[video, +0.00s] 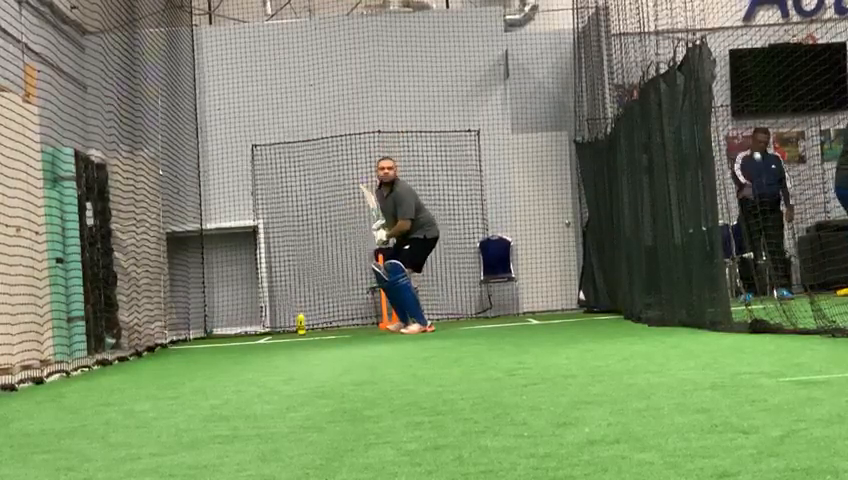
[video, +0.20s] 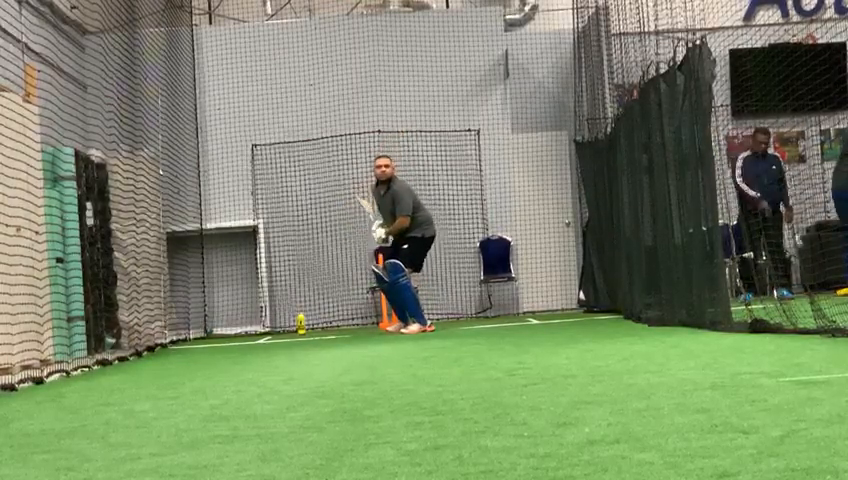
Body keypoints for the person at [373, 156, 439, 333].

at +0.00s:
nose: (386, 172)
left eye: (389, 169)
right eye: (382, 169)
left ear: (395, 171)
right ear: (377, 172)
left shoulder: (402, 191)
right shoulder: (380, 191)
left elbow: (405, 224)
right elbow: (390, 217)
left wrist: (387, 234)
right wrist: (383, 225)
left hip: (424, 233)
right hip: (407, 234)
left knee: (401, 270)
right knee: (388, 268)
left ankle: (420, 322)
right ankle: (403, 319)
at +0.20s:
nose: (382, 170)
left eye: (386, 166)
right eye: (379, 167)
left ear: (393, 168)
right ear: (374, 171)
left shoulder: (400, 188)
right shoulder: (377, 189)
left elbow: (404, 221)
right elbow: (387, 216)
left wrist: (386, 232)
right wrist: (383, 227)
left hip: (421, 232)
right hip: (402, 233)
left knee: (403, 272)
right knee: (389, 271)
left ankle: (419, 321)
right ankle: (403, 319)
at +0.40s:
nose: (378, 172)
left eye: (381, 169)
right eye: (374, 170)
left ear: (388, 170)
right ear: (370, 173)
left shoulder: (394, 189)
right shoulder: (374, 191)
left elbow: (400, 222)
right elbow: (385, 217)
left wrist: (384, 234)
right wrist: (380, 228)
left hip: (417, 231)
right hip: (400, 233)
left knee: (395, 271)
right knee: (384, 271)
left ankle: (416, 320)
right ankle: (402, 319)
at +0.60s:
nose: (367, 181)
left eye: (370, 176)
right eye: (363, 178)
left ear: (378, 176)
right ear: (359, 180)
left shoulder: (383, 194)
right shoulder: (372, 195)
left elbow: (382, 228)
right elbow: (379, 215)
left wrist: (373, 232)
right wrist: (372, 219)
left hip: (414, 231)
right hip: (401, 233)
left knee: (392, 262)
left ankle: (398, 319)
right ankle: (405, 317)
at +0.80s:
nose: (359, 192)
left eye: (362, 187)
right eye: (355, 189)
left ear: (371, 184)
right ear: (352, 190)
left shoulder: (378, 201)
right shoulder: (374, 198)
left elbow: (377, 236)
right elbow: (379, 222)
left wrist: (370, 243)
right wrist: (371, 231)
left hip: (405, 242)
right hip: (396, 241)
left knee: (376, 273)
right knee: (370, 275)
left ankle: (398, 324)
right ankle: (398, 321)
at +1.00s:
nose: (347, 200)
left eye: (350, 195)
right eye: (344, 197)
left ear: (360, 190)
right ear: (342, 197)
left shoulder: (367, 205)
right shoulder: (369, 199)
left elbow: (365, 241)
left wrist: (357, 243)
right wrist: (364, 227)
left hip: (399, 243)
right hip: (391, 243)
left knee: (373, 272)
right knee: (360, 279)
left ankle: (398, 324)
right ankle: (382, 324)